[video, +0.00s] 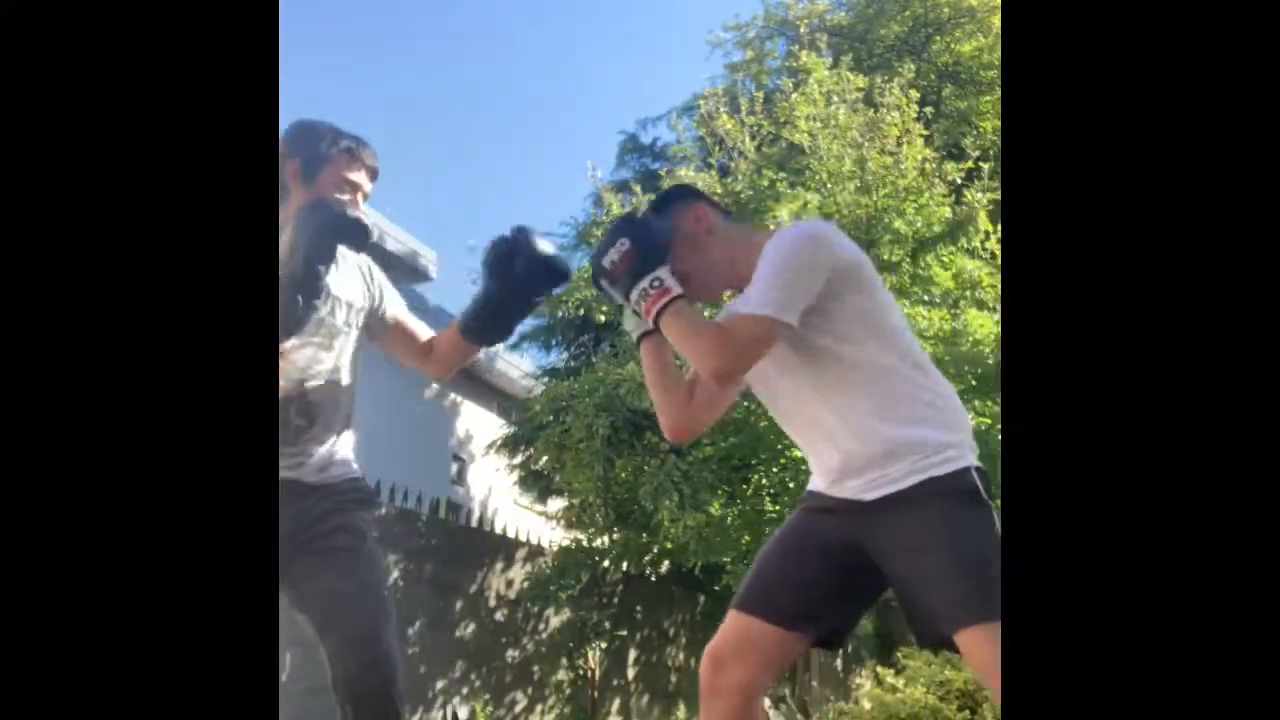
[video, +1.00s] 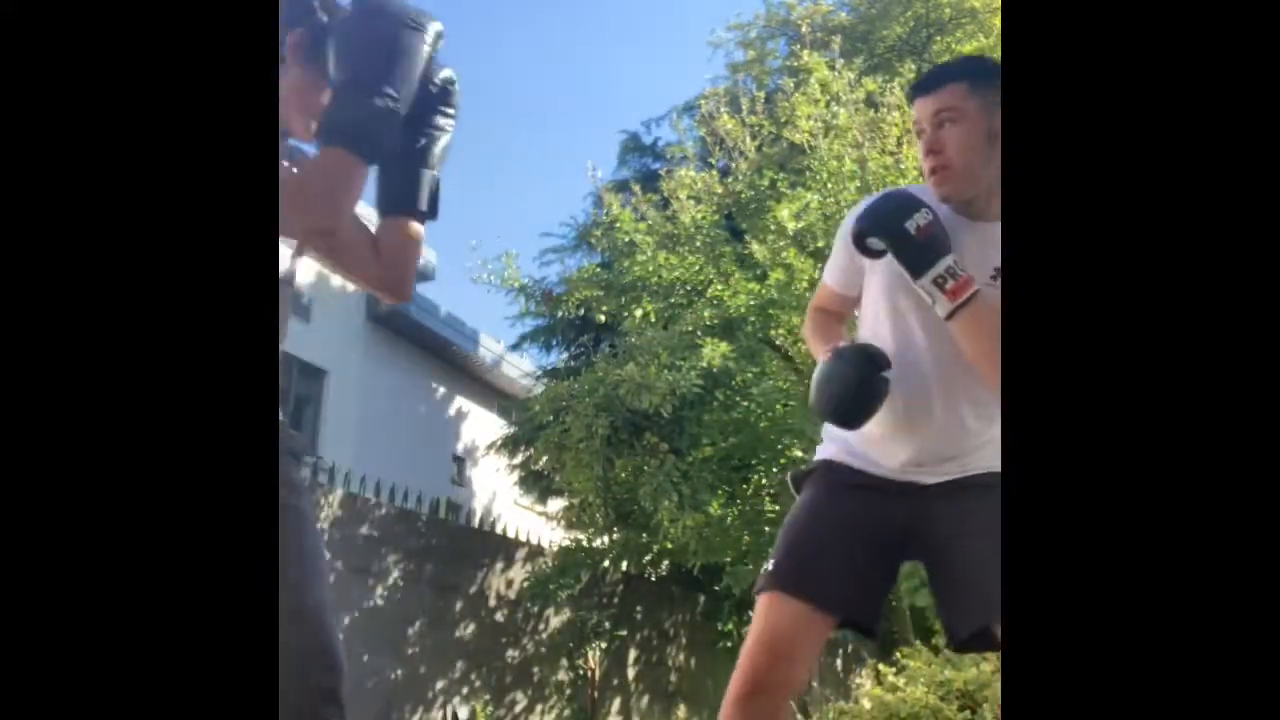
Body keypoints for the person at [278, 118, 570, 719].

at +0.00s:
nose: (359, 207)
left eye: (366, 196)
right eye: (348, 188)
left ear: (368, 201)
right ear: (293, 173)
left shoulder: (357, 270)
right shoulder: (284, 256)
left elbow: (436, 360)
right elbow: (284, 345)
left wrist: (498, 303)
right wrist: (299, 271)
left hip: (321, 488)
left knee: (372, 670)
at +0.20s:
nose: (405, 204)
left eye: (411, 192)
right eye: (394, 183)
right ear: (340, 165)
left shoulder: (384, 268)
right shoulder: (287, 249)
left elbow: (499, 288)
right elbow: (285, 362)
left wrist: (615, 264)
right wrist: (335, 282)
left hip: (322, 497)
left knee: (361, 681)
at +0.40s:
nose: (407, 175)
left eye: (413, 162)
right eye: (396, 151)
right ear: (339, 130)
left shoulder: (391, 241)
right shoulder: (282, 215)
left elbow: (500, 305)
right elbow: (285, 329)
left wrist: (607, 266)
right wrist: (329, 248)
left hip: (326, 478)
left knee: (364, 675)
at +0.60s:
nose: (347, 128)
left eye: (355, 117)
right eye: (335, 107)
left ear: (353, 123)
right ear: (286, 98)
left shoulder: (338, 215)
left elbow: (361, 344)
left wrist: (433, 293)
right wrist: (295, 173)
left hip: (311, 462)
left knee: (350, 690)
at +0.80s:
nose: (307, 116)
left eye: (313, 98)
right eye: (302, 93)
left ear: (308, 109)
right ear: (277, 95)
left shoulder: (291, 197)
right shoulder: (286, 197)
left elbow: (332, 315)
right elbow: (332, 314)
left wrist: (381, 205)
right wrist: (385, 206)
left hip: (281, 446)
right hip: (282, 448)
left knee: (337, 664)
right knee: (336, 665)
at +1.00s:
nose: (329, 95)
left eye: (332, 80)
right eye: (320, 71)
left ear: (327, 75)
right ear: (289, 52)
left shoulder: (299, 179)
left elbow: (393, 278)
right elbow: (316, 215)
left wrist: (414, 159)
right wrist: (368, 101)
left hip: (285, 438)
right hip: (282, 436)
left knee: (311, 657)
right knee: (305, 660)